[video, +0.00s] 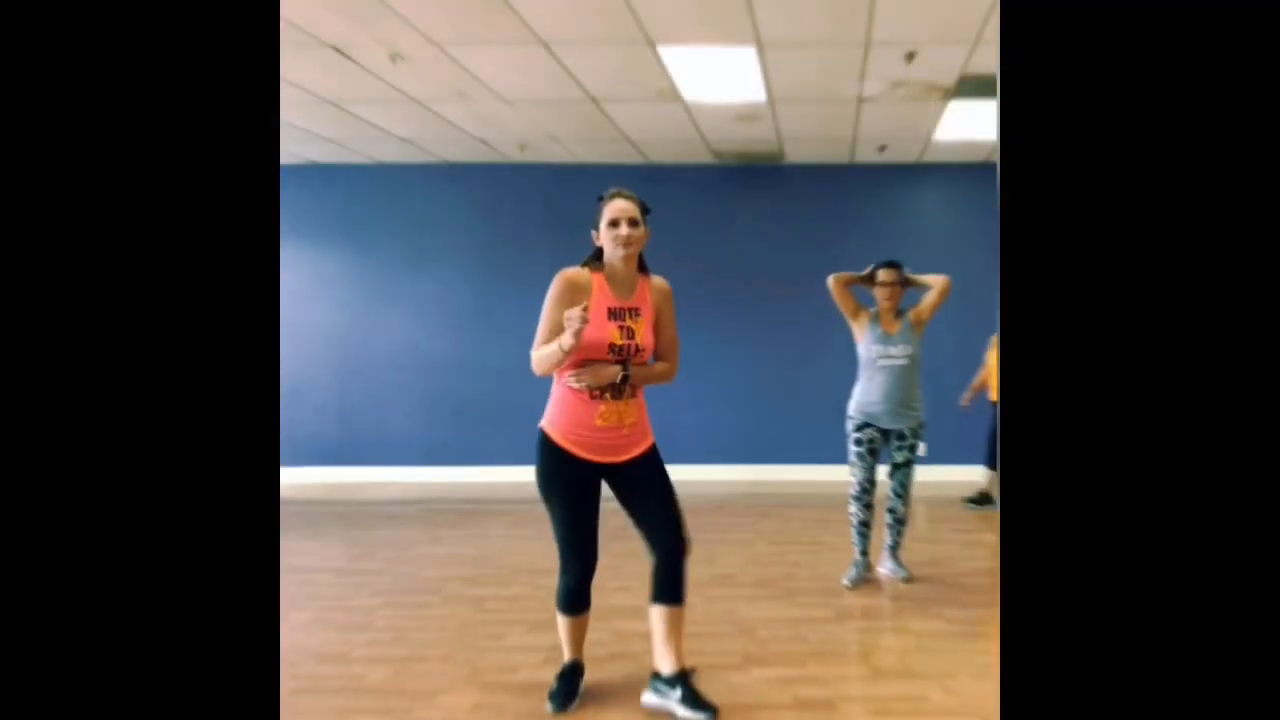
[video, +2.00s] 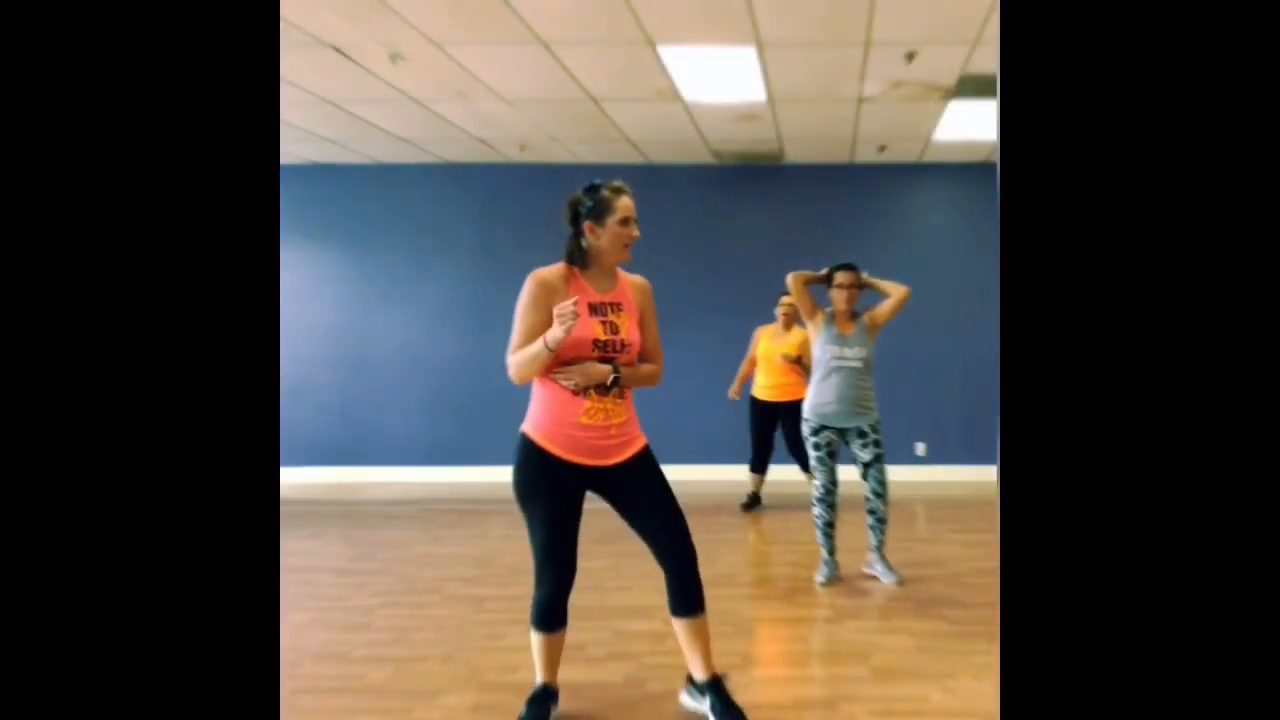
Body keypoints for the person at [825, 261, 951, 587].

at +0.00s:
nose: (888, 292)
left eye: (894, 285)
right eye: (882, 285)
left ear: (903, 290)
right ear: (873, 290)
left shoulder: (914, 322)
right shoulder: (861, 320)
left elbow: (944, 282)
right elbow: (834, 281)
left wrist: (911, 279)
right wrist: (864, 277)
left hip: (905, 418)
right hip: (865, 416)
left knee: (900, 492)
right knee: (862, 490)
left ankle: (891, 556)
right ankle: (860, 560)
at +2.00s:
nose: (846, 294)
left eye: (852, 288)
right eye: (840, 287)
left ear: (860, 293)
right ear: (829, 292)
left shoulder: (869, 324)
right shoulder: (817, 321)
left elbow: (902, 293)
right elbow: (793, 279)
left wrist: (869, 281)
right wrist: (824, 276)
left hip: (862, 418)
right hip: (820, 418)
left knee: (878, 487)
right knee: (824, 490)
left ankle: (876, 555)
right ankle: (827, 559)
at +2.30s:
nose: (847, 290)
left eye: (853, 284)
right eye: (841, 284)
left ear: (862, 289)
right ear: (831, 289)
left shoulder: (872, 322)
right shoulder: (817, 319)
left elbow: (916, 317)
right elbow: (775, 309)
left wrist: (885, 287)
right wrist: (806, 283)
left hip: (865, 417)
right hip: (822, 418)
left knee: (886, 483)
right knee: (825, 490)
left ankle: (887, 554)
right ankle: (828, 560)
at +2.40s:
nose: (851, 288)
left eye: (857, 283)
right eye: (845, 283)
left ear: (866, 289)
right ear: (835, 289)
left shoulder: (878, 323)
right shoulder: (822, 322)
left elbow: (922, 337)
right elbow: (776, 331)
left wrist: (903, 299)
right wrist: (796, 294)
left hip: (870, 418)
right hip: (827, 418)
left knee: (890, 486)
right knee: (827, 491)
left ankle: (899, 554)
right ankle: (828, 560)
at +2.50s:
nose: (858, 288)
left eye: (864, 283)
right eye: (852, 282)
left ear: (873, 289)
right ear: (842, 289)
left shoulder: (885, 324)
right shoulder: (828, 324)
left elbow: (920, 358)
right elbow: (796, 357)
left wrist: (920, 327)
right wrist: (793, 324)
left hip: (877, 420)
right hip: (834, 419)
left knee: (894, 488)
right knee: (831, 491)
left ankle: (906, 557)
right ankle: (828, 560)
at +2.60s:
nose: (867, 288)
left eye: (873, 282)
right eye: (861, 282)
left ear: (882, 290)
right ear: (850, 290)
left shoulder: (895, 326)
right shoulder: (836, 327)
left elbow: (916, 365)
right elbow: (818, 370)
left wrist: (930, 364)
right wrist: (803, 366)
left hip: (888, 421)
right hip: (844, 421)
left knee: (900, 491)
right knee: (838, 491)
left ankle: (907, 558)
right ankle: (829, 560)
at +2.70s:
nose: (877, 288)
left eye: (883, 282)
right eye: (870, 282)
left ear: (892, 289)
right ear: (860, 290)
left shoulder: (904, 325)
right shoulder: (846, 328)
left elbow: (921, 366)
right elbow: (837, 372)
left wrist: (932, 390)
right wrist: (826, 399)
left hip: (899, 421)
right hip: (855, 421)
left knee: (907, 491)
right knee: (844, 490)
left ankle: (908, 558)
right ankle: (831, 559)